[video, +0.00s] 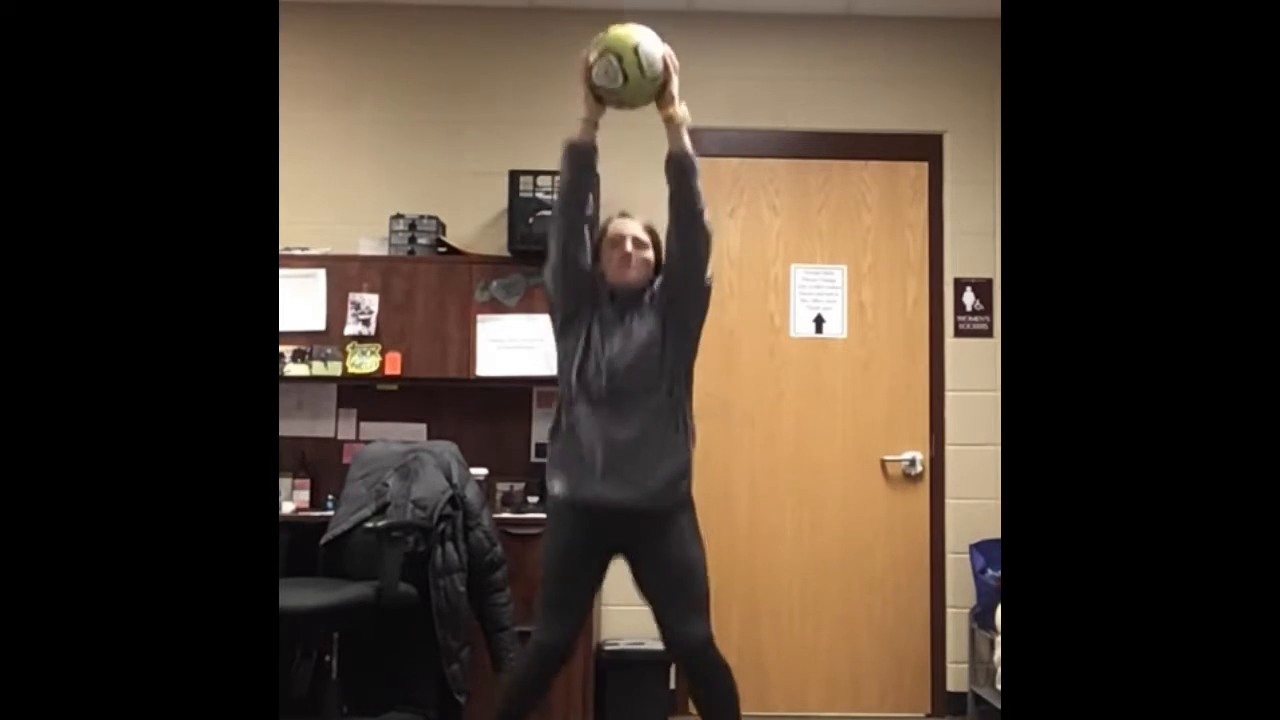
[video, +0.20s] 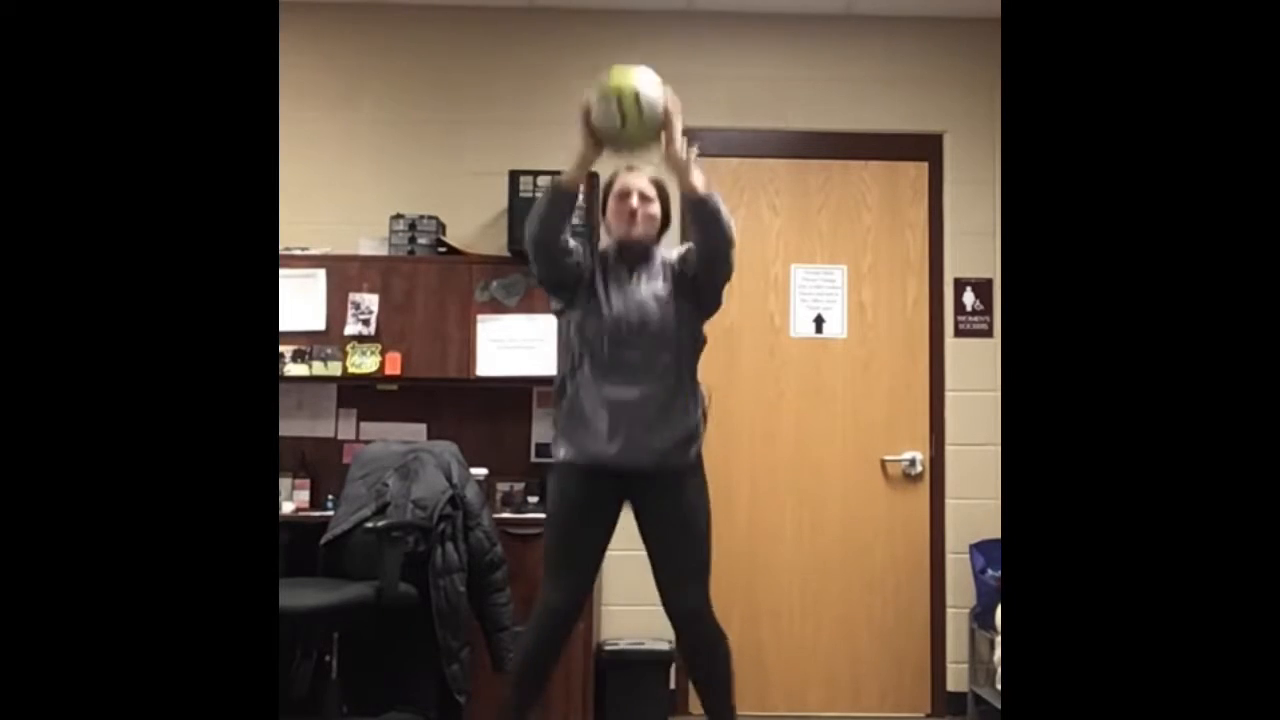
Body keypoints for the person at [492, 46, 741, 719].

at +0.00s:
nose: (631, 248)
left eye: (641, 241)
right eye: (618, 241)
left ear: (656, 261)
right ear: (596, 259)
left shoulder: (675, 313)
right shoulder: (577, 312)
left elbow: (691, 229)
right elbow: (570, 221)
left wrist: (675, 121)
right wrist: (589, 117)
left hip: (660, 507)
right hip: (579, 506)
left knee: (693, 647)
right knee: (548, 648)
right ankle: (501, 715)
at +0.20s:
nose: (636, 203)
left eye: (648, 196)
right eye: (623, 195)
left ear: (665, 216)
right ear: (603, 213)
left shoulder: (684, 277)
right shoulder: (579, 273)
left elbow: (716, 251)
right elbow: (541, 241)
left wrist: (684, 166)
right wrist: (582, 160)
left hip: (668, 460)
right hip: (586, 460)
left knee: (690, 610)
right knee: (557, 607)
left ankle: (723, 715)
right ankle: (513, 710)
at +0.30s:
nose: (633, 204)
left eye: (646, 193)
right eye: (620, 193)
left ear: (668, 200)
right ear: (601, 200)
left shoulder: (697, 259)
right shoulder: (580, 256)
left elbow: (726, 308)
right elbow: (534, 300)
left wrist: (684, 265)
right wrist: (573, 253)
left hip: (671, 451)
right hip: (590, 449)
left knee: (676, 594)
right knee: (574, 589)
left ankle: (691, 710)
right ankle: (553, 709)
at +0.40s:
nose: (639, 213)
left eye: (651, 206)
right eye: (627, 205)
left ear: (668, 224)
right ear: (608, 221)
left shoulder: (696, 299)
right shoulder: (571, 294)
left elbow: (718, 387)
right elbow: (542, 383)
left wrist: (671, 339)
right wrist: (588, 331)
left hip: (672, 479)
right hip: (592, 478)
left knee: (663, 618)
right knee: (596, 617)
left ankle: (664, 713)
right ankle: (601, 713)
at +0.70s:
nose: (640, 185)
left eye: (651, 174)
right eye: (627, 173)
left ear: (671, 181)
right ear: (604, 180)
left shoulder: (684, 252)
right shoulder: (584, 254)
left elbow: (725, 294)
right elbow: (545, 298)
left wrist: (683, 250)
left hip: (672, 446)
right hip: (593, 447)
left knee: (670, 590)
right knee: (583, 589)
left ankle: (675, 705)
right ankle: (576, 707)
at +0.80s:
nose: (644, 195)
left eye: (656, 189)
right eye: (631, 187)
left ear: (672, 205)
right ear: (611, 203)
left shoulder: (693, 267)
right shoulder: (585, 262)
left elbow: (724, 210)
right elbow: (559, 212)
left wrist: (686, 125)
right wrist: (598, 121)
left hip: (672, 446)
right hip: (592, 445)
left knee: (688, 601)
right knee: (565, 604)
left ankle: (710, 709)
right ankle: (539, 708)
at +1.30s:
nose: (628, 215)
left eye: (641, 208)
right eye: (618, 205)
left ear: (659, 227)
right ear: (598, 220)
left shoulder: (674, 290)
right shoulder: (577, 282)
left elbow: (709, 256)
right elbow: (534, 248)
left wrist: (682, 182)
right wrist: (568, 170)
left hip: (658, 469)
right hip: (578, 467)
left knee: (679, 616)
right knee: (539, 614)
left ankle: (711, 711)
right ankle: (487, 710)